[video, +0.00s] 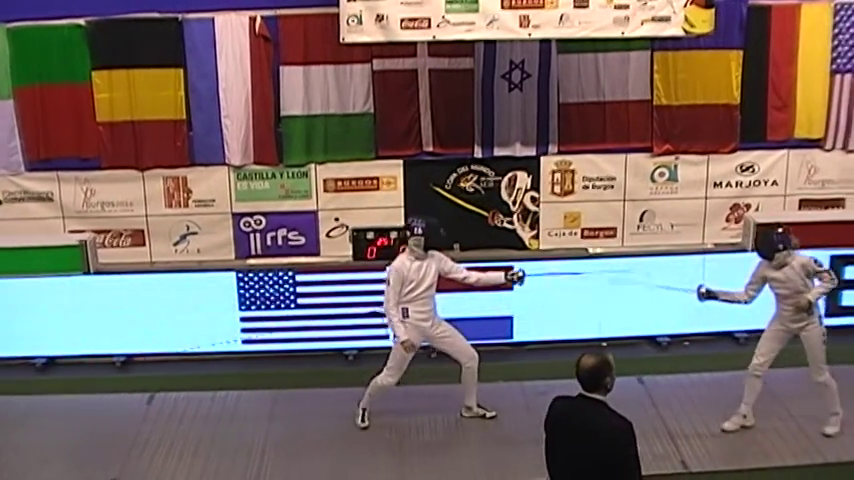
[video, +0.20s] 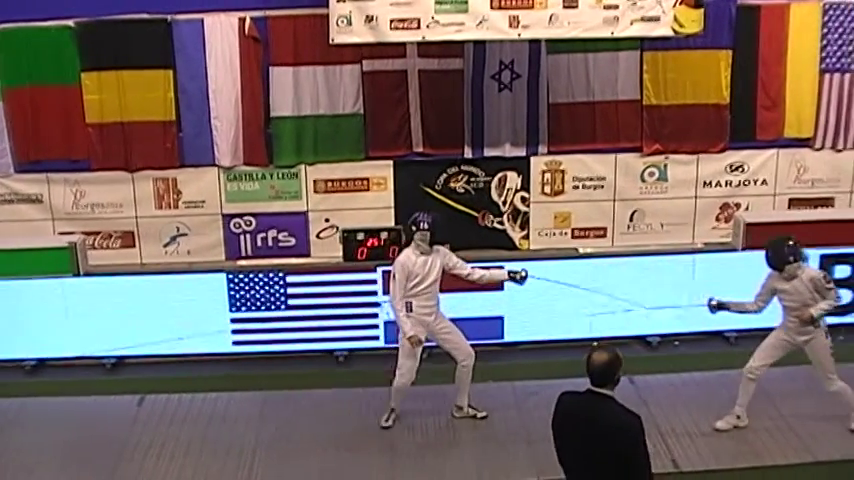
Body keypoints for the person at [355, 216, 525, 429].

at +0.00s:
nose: (419, 242)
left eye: (422, 238)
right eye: (415, 238)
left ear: (427, 239)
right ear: (407, 239)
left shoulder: (436, 259)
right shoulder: (398, 267)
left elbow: (468, 277)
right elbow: (391, 305)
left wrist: (505, 277)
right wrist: (401, 335)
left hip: (434, 324)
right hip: (409, 328)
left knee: (470, 358)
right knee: (389, 379)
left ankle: (470, 407)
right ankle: (364, 406)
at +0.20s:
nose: (423, 236)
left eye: (426, 232)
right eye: (419, 232)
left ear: (431, 234)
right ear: (412, 233)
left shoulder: (441, 254)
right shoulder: (403, 261)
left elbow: (472, 273)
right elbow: (396, 300)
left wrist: (508, 275)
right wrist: (408, 331)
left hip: (435, 318)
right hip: (411, 320)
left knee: (466, 356)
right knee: (404, 376)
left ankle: (461, 407)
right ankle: (392, 409)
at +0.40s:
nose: (410, 242)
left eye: (415, 238)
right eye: (407, 237)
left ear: (420, 240)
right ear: (399, 238)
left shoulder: (427, 260)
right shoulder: (391, 266)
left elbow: (455, 281)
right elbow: (385, 307)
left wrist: (492, 283)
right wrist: (397, 336)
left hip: (425, 323)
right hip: (402, 327)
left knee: (459, 356)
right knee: (393, 384)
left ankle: (452, 407)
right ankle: (367, 408)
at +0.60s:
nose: (381, 250)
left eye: (385, 246)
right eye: (377, 245)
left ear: (390, 248)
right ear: (370, 248)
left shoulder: (397, 269)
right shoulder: (363, 275)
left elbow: (427, 289)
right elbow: (356, 314)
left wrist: (461, 292)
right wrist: (370, 345)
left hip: (394, 330)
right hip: (371, 334)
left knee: (435, 357)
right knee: (363, 390)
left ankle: (440, 407)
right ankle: (337, 412)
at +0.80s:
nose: (356, 242)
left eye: (360, 238)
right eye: (352, 237)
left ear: (365, 240)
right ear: (345, 238)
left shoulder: (369, 262)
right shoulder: (334, 267)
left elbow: (390, 289)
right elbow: (326, 308)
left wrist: (423, 303)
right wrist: (340, 338)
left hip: (364, 324)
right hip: (341, 326)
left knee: (399, 360)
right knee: (340, 382)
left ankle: (407, 408)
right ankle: (326, 414)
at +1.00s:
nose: (339, 250)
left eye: (344, 247)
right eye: (336, 246)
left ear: (351, 251)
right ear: (330, 247)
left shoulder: (355, 271)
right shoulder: (320, 274)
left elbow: (377, 299)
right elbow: (308, 313)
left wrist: (407, 314)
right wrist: (318, 347)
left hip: (346, 332)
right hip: (324, 335)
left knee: (380, 371)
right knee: (328, 389)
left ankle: (357, 413)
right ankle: (317, 417)